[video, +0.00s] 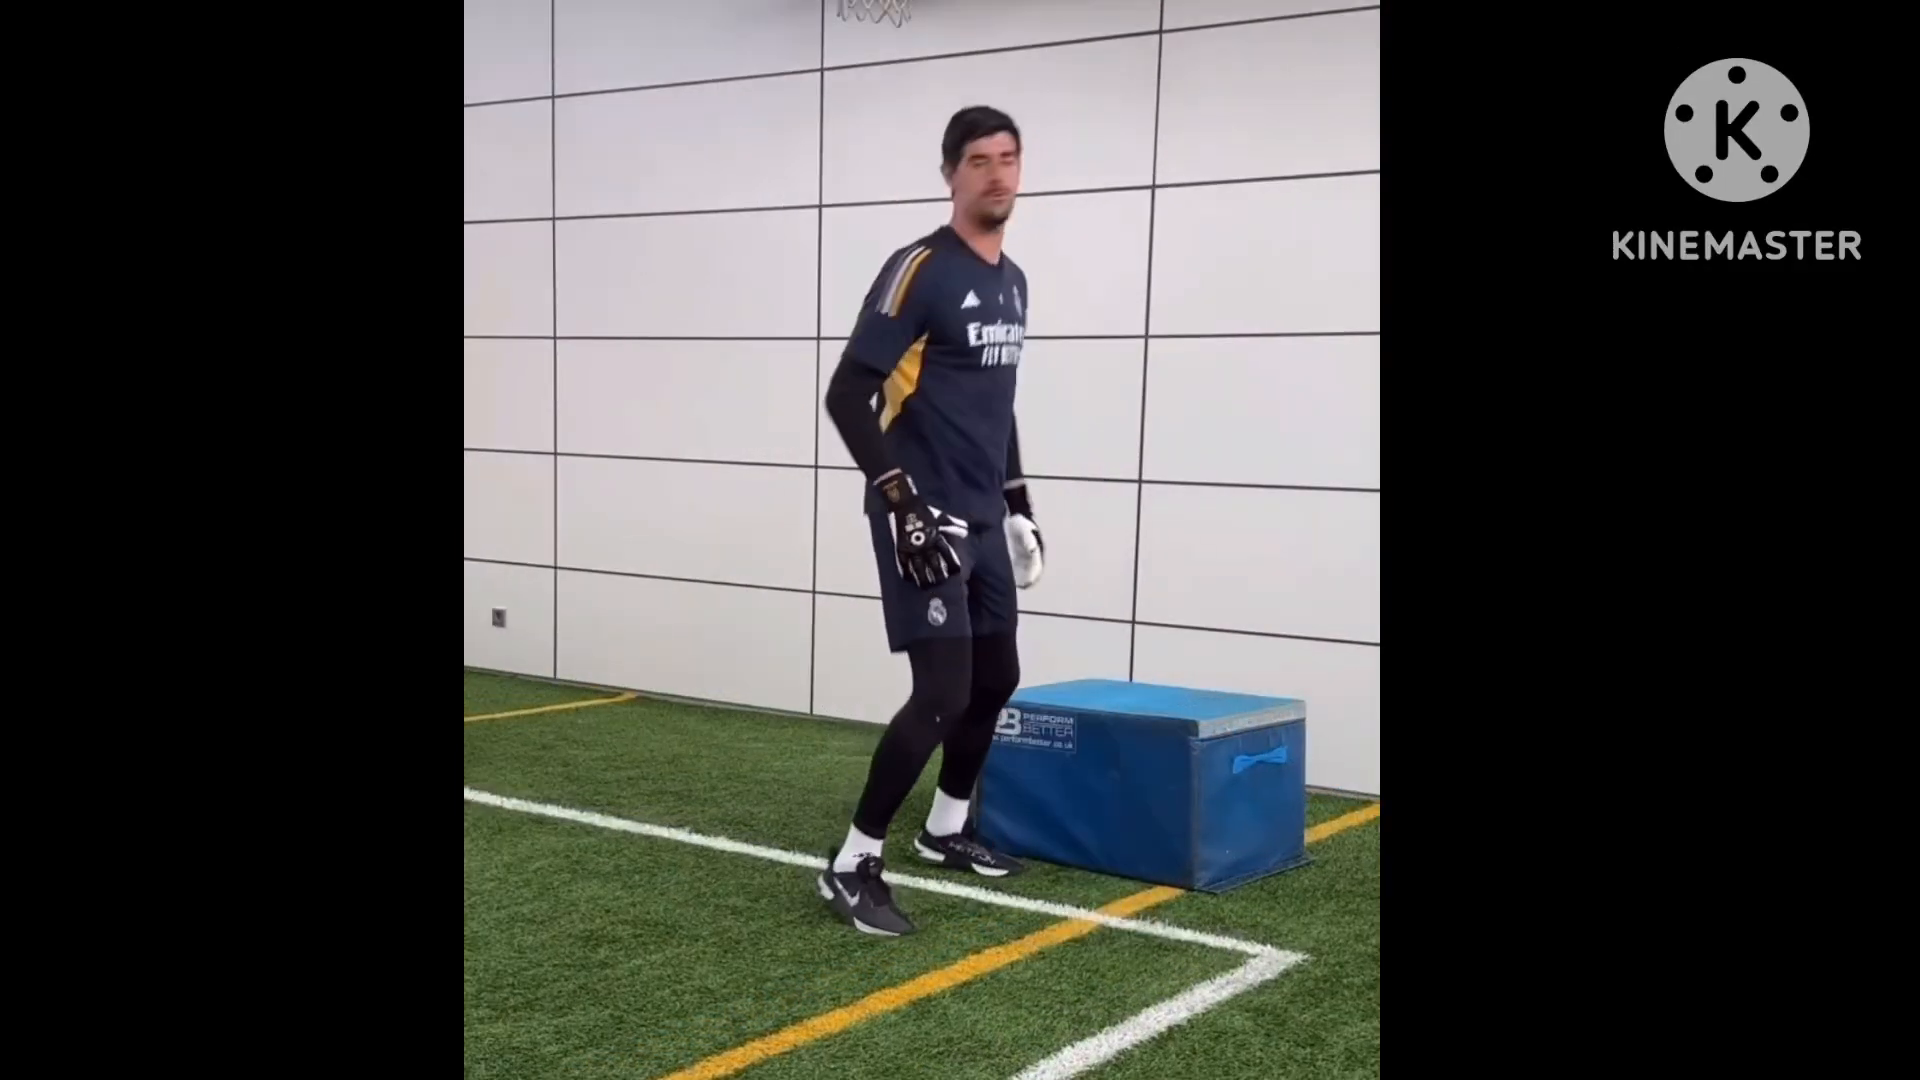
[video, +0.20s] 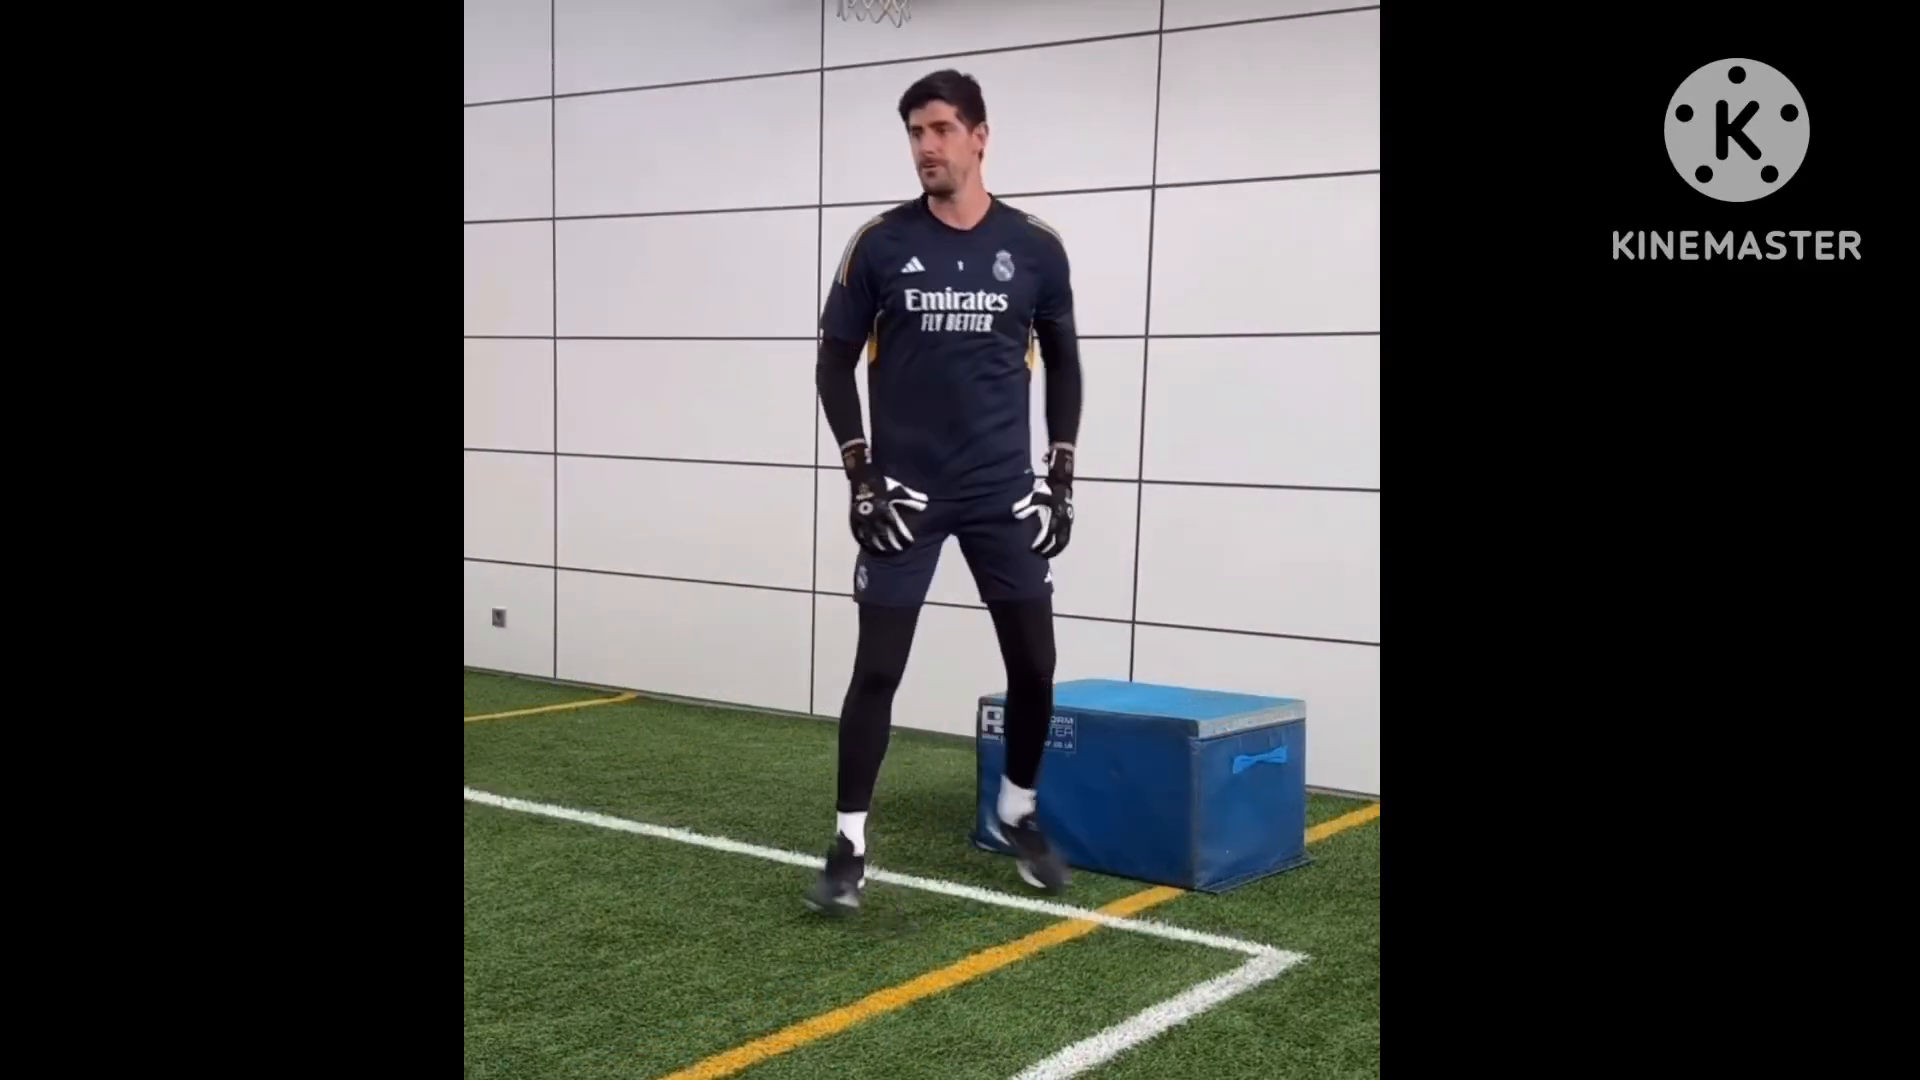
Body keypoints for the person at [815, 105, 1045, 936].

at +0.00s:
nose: (997, 174)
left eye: (1008, 160)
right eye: (979, 162)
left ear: (1022, 172)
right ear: (950, 176)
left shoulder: (1011, 282)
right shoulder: (918, 269)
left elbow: (995, 404)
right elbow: (848, 396)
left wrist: (1016, 505)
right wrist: (907, 504)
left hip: (984, 515)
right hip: (922, 514)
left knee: (995, 679)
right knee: (942, 692)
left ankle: (948, 830)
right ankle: (853, 863)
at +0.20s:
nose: (927, 146)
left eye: (942, 130)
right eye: (917, 132)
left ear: (980, 136)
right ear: (909, 144)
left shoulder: (1037, 250)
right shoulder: (881, 245)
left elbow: (1062, 361)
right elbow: (834, 365)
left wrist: (1059, 472)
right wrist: (859, 470)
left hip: (1003, 489)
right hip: (903, 489)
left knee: (1034, 663)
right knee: (876, 670)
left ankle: (1018, 815)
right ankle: (848, 846)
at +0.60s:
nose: (907, 189)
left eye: (922, 173)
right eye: (899, 175)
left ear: (961, 179)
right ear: (893, 187)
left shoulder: (1012, 276)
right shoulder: (888, 287)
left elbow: (1083, 393)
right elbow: (855, 384)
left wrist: (1008, 449)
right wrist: (821, 436)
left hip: (1000, 519)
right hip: (914, 519)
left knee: (1039, 700)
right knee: (856, 678)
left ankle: (1100, 862)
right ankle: (856, 838)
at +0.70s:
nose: (923, 191)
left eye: (937, 175)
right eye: (913, 178)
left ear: (973, 179)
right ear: (906, 189)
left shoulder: (1014, 267)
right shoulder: (891, 277)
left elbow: (1053, 357)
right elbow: (813, 355)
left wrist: (968, 333)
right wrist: (802, 335)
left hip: (1000, 518)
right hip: (915, 518)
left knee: (1041, 704)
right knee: (853, 680)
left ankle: (1102, 863)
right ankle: (855, 839)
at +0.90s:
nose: (843, 205)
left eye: (848, 191)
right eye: (846, 191)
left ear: (870, 190)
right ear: (905, 192)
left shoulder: (852, 267)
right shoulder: (943, 276)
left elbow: (837, 381)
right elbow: (972, 411)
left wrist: (792, 436)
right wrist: (924, 452)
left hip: (876, 493)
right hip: (937, 495)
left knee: (846, 655)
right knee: (907, 658)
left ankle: (852, 835)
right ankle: (957, 822)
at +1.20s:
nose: (837, 213)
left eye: (847, 201)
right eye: (840, 201)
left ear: (882, 209)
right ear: (899, 213)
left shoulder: (873, 284)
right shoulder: (944, 294)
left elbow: (876, 406)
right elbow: (961, 421)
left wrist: (828, 500)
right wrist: (876, 492)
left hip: (895, 514)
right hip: (955, 519)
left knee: (811, 688)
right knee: (912, 674)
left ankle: (816, 884)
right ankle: (974, 848)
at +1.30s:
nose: (842, 179)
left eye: (856, 167)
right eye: (842, 167)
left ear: (900, 174)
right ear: (880, 179)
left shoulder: (919, 252)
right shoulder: (895, 257)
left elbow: (969, 365)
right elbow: (907, 382)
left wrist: (902, 441)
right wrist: (856, 450)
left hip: (923, 491)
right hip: (924, 488)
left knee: (849, 663)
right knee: (901, 664)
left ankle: (830, 864)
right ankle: (965, 837)